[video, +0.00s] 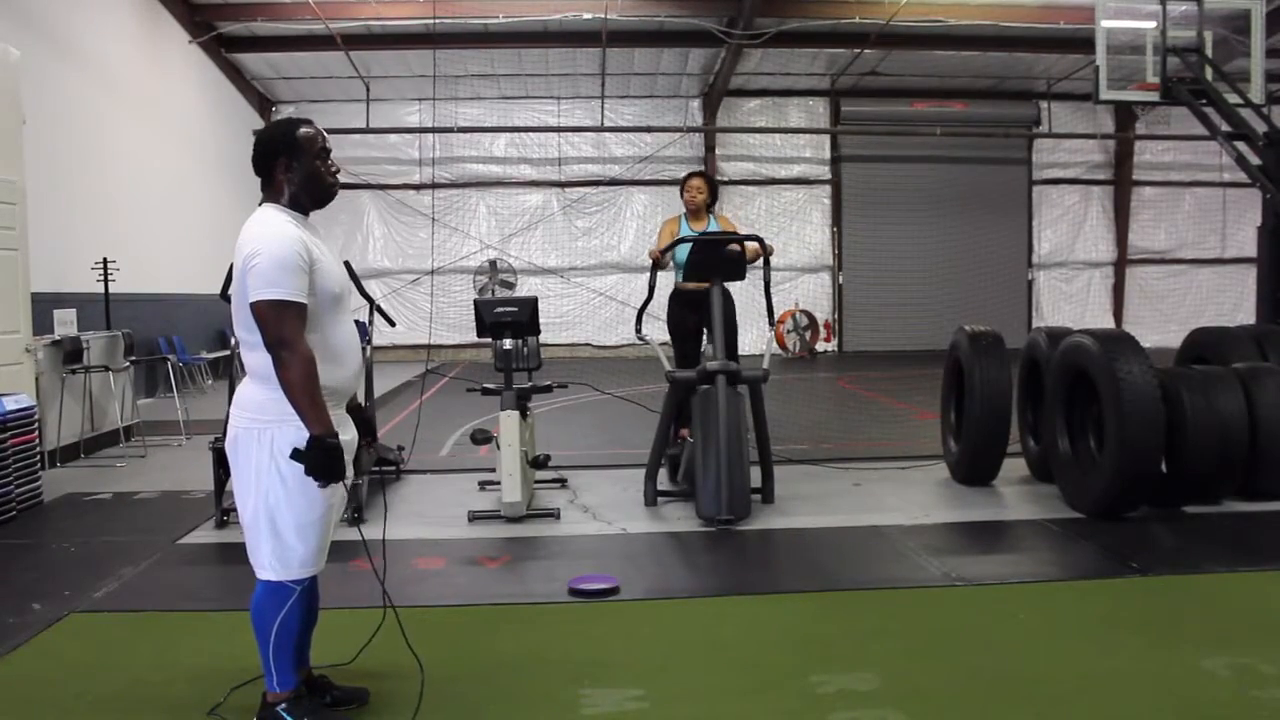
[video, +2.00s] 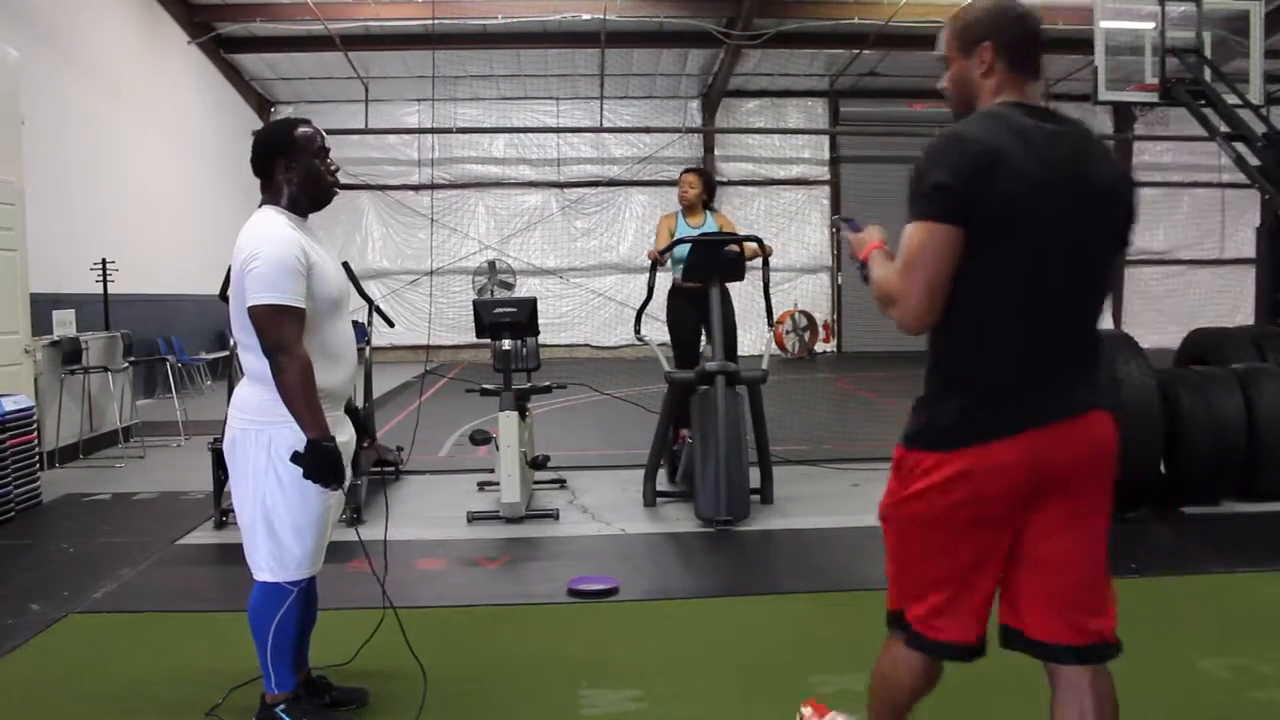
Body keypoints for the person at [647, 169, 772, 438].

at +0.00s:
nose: (692, 196)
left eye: (698, 191)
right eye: (687, 191)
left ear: (710, 197)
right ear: (681, 195)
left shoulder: (723, 224)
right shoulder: (673, 225)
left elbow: (740, 255)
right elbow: (663, 261)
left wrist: (758, 251)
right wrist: (657, 258)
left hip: (717, 298)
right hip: (684, 300)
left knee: (728, 359)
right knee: (686, 366)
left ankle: (730, 420)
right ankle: (683, 427)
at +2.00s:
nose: (684, 191)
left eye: (691, 187)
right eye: (681, 186)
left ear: (705, 193)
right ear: (677, 190)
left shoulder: (719, 220)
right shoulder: (668, 221)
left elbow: (740, 249)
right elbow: (664, 250)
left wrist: (758, 250)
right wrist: (657, 255)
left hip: (716, 296)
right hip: (683, 298)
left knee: (727, 358)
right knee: (686, 364)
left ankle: (728, 422)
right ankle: (683, 427)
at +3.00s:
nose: (693, 187)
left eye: (699, 182)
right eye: (688, 182)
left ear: (708, 188)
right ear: (680, 187)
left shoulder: (722, 217)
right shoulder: (672, 218)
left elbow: (731, 250)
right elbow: (662, 252)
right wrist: (657, 255)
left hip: (716, 293)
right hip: (683, 294)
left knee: (722, 360)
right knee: (686, 360)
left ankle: (721, 419)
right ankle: (682, 421)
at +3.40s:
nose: (706, 188)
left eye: (710, 184)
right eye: (699, 184)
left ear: (717, 189)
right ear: (688, 191)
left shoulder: (724, 220)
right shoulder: (676, 221)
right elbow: (662, 257)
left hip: (718, 294)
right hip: (685, 293)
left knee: (718, 359)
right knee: (687, 360)